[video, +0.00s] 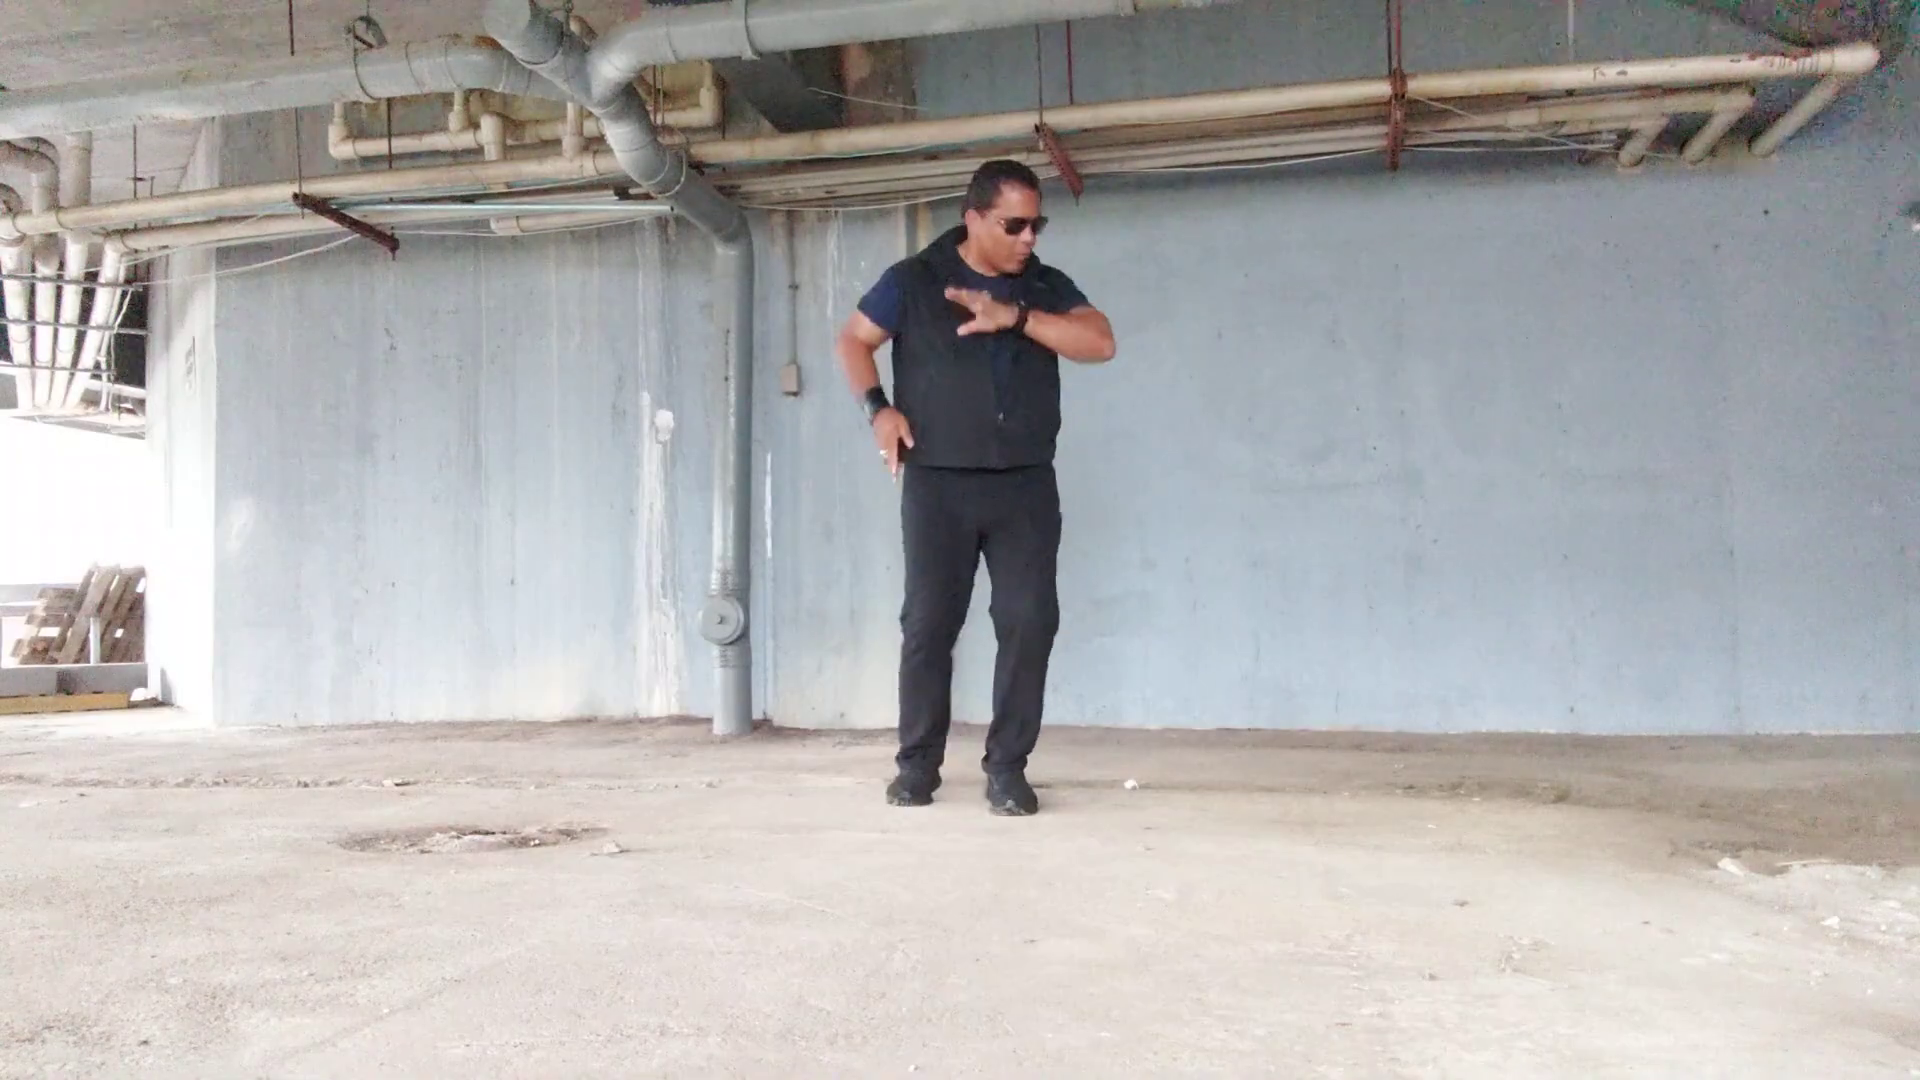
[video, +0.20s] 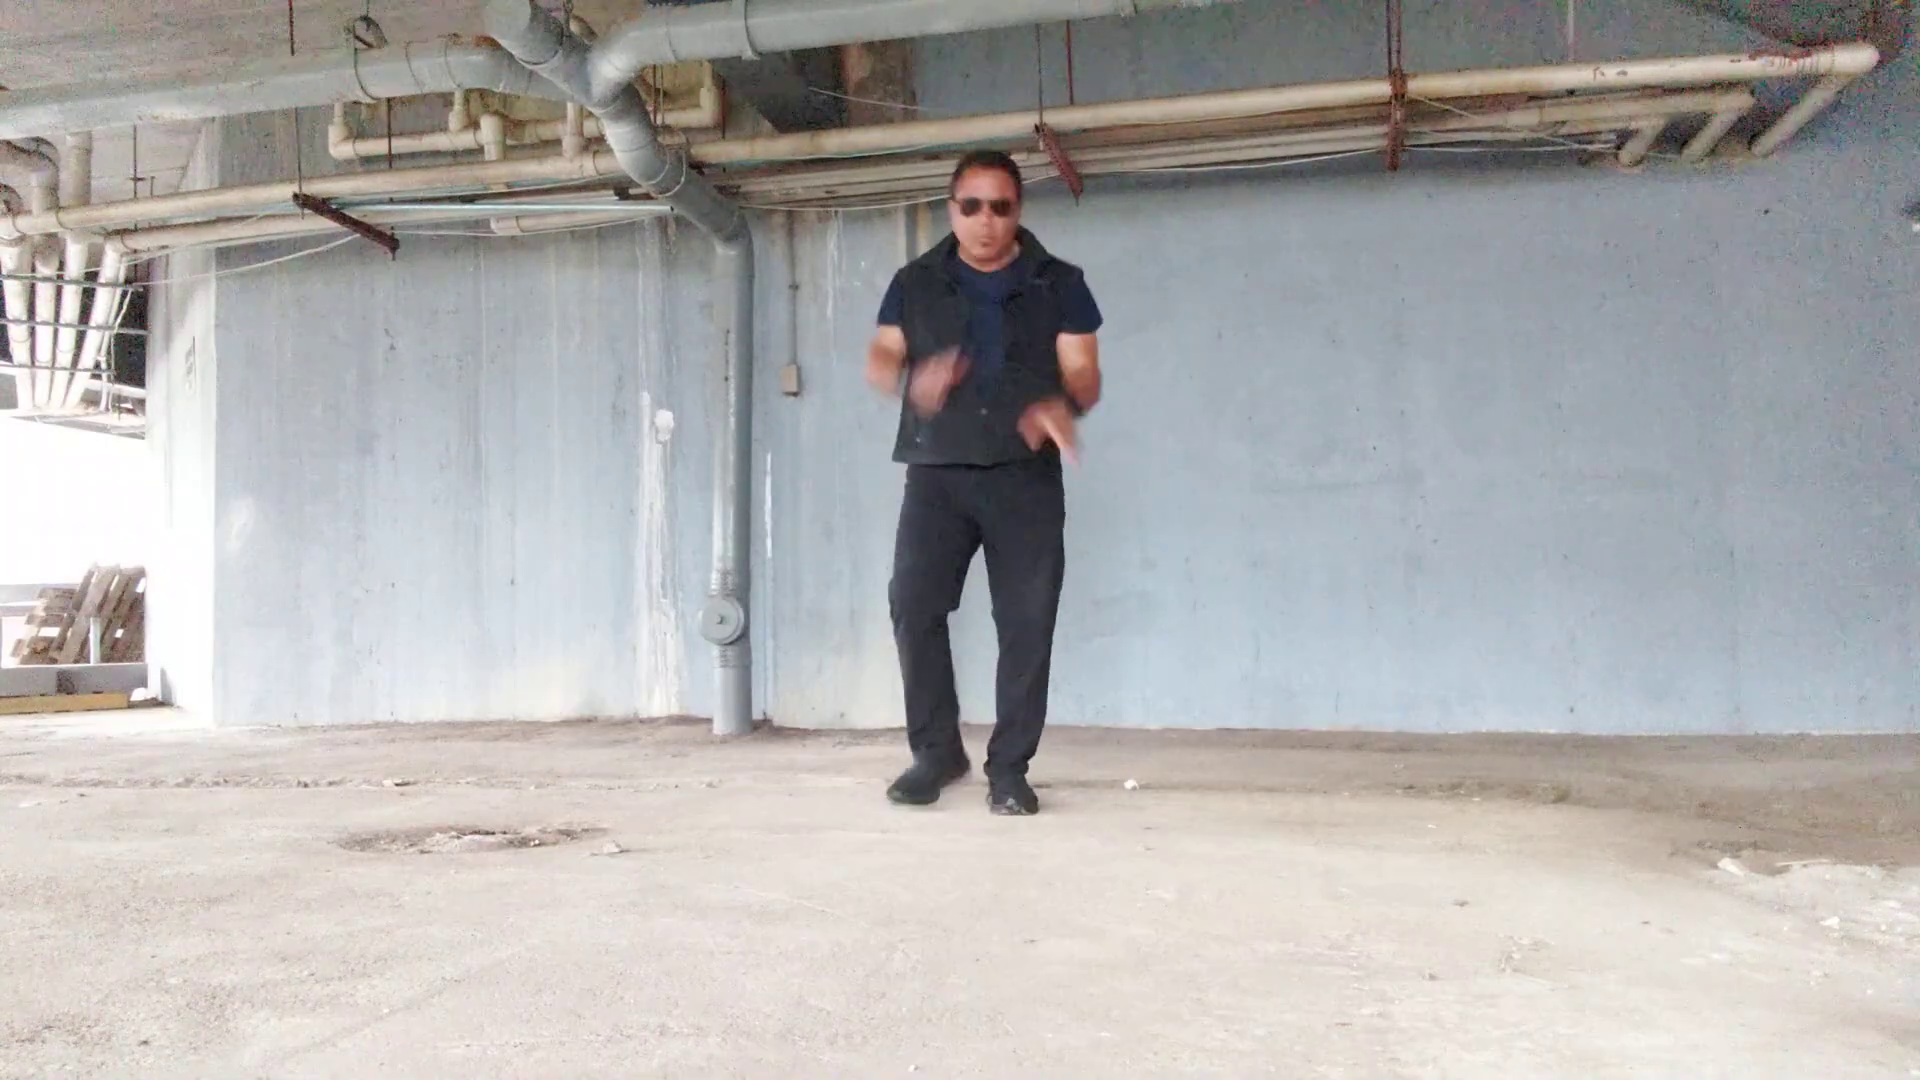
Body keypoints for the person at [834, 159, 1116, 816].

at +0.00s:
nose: (1029, 238)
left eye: (1035, 225)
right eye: (1016, 225)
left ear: (1039, 221)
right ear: (973, 219)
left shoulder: (1044, 284)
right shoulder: (916, 279)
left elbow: (1101, 343)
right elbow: (853, 340)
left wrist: (1018, 318)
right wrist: (878, 408)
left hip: (1025, 485)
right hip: (937, 485)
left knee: (1031, 622)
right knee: (927, 626)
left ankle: (1007, 768)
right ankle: (917, 764)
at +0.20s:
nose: (986, 219)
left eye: (1000, 206)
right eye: (972, 206)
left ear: (1018, 212)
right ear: (951, 211)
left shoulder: (1058, 283)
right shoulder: (917, 281)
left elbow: (1083, 377)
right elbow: (881, 363)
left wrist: (1060, 407)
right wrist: (913, 380)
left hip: (1025, 481)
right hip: (936, 479)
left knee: (1028, 628)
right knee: (913, 607)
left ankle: (1009, 771)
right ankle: (937, 752)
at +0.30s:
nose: (973, 209)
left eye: (987, 196)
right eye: (959, 197)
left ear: (1008, 201)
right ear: (940, 204)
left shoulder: (1051, 271)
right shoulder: (918, 270)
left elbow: (1108, 350)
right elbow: (853, 327)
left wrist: (1087, 421)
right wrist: (925, 309)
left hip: (1022, 476)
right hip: (936, 476)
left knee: (1017, 630)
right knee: (931, 630)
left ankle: (1007, 773)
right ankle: (933, 778)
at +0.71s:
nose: (997, 209)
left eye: (1010, 197)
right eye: (982, 196)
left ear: (1027, 207)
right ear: (961, 204)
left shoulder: (1056, 281)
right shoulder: (922, 278)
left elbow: (1107, 352)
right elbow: (862, 352)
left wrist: (1025, 353)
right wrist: (888, 423)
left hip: (1025, 485)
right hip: (938, 483)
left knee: (1027, 636)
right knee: (911, 618)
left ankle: (1006, 770)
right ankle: (924, 737)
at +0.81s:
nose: (998, 213)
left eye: (1011, 200)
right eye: (983, 200)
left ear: (1027, 209)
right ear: (960, 207)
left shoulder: (1048, 281)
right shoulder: (917, 274)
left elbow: (1106, 342)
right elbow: (847, 327)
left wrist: (1023, 309)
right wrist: (881, 405)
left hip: (1029, 484)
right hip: (941, 484)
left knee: (1039, 630)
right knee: (935, 631)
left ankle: (1006, 768)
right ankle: (923, 758)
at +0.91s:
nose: (994, 215)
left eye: (1008, 203)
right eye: (980, 203)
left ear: (1024, 211)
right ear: (957, 210)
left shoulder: (1048, 287)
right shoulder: (916, 279)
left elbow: (1095, 362)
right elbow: (856, 343)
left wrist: (1020, 322)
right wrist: (883, 419)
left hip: (1024, 488)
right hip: (936, 489)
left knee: (1031, 625)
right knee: (928, 629)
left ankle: (1010, 771)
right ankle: (923, 756)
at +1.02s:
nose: (991, 215)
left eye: (1005, 203)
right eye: (977, 202)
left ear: (1022, 212)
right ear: (955, 209)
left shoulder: (1054, 285)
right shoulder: (913, 279)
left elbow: (1085, 378)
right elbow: (871, 361)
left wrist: (1031, 365)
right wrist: (881, 422)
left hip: (1017, 489)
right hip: (928, 485)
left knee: (1025, 632)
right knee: (905, 618)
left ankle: (1008, 772)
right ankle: (924, 733)